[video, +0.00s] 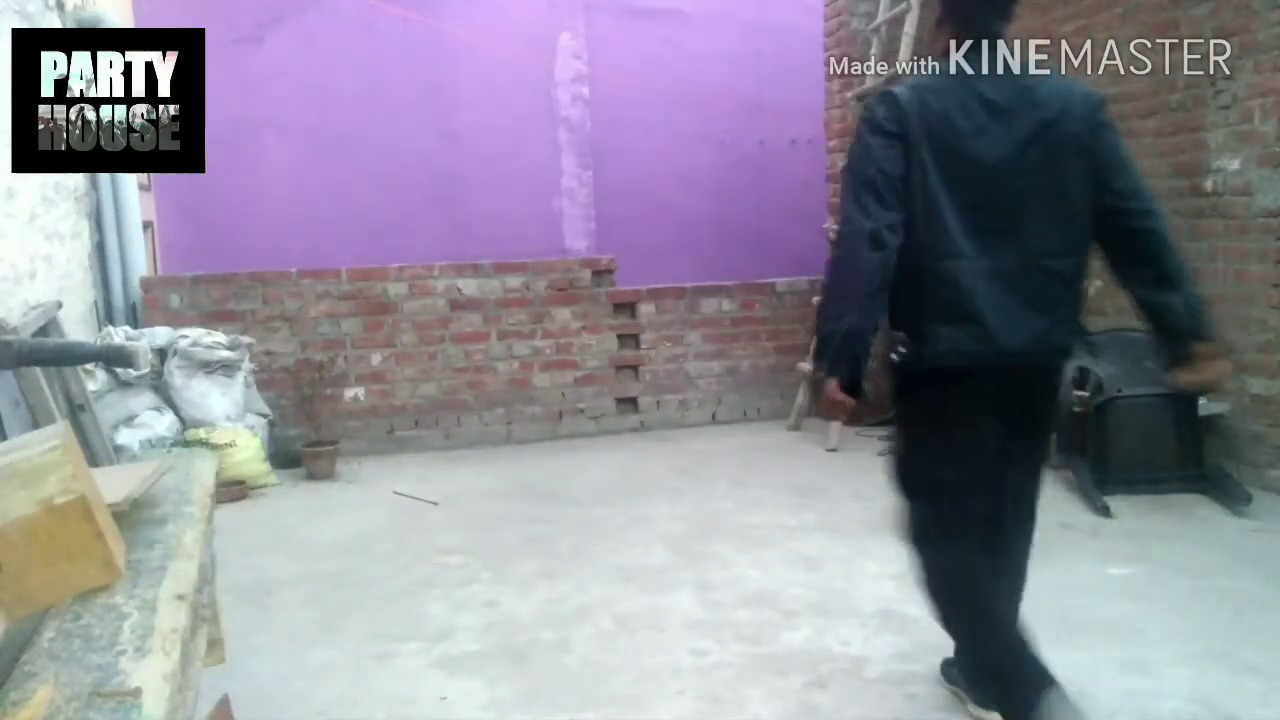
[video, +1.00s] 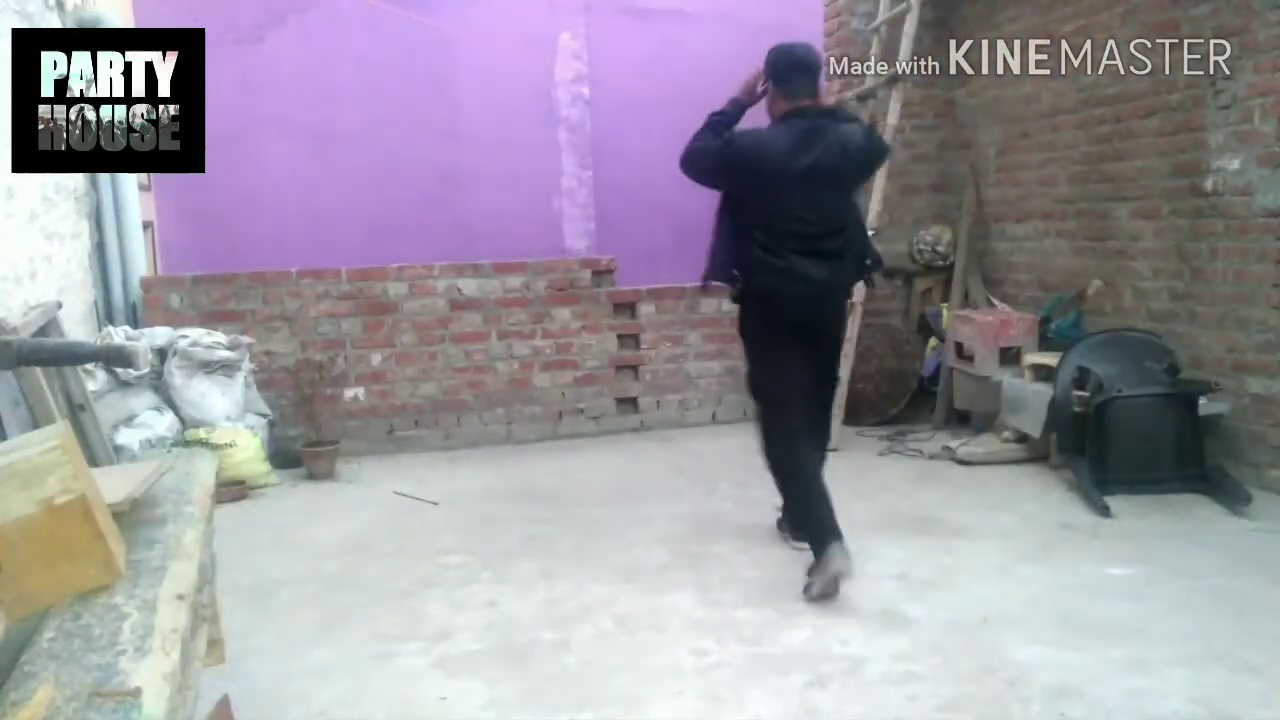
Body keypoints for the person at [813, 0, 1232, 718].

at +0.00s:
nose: (938, 30)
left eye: (938, 22)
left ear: (942, 27)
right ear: (1009, 25)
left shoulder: (900, 110)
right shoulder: (1073, 107)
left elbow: (868, 239)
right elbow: (1134, 226)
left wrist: (842, 359)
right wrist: (1185, 331)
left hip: (938, 362)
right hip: (1035, 361)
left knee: (945, 528)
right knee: (1007, 511)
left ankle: (1032, 694)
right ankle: (978, 664)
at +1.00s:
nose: (769, 98)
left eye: (768, 90)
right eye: (780, 87)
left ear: (768, 92)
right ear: (818, 89)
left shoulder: (751, 149)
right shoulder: (844, 142)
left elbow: (694, 158)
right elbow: (875, 147)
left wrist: (735, 106)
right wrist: (837, 109)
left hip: (767, 297)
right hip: (826, 297)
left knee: (781, 415)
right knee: (814, 403)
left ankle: (829, 543)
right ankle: (797, 513)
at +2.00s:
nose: (722, 125)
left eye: (715, 116)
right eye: (734, 118)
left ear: (707, 121)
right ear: (743, 121)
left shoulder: (683, 174)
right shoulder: (767, 173)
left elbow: (666, 236)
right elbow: (794, 235)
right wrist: (814, 282)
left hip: (701, 297)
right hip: (754, 296)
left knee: (703, 383)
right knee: (753, 371)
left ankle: (703, 478)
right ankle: (755, 456)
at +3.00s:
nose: (707, 151)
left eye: (702, 147)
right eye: (718, 144)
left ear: (698, 149)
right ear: (727, 145)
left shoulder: (687, 184)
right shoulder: (754, 177)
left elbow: (671, 230)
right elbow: (771, 222)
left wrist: (658, 266)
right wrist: (771, 259)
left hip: (707, 280)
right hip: (752, 277)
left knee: (718, 351)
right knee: (758, 349)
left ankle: (731, 427)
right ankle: (754, 419)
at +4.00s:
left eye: (689, 170)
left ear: (687, 170)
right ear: (712, 165)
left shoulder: (679, 189)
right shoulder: (741, 184)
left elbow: (669, 239)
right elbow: (753, 233)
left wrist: (659, 282)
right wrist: (757, 269)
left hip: (702, 273)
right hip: (742, 268)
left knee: (715, 345)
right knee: (755, 331)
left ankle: (730, 423)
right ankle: (737, 359)